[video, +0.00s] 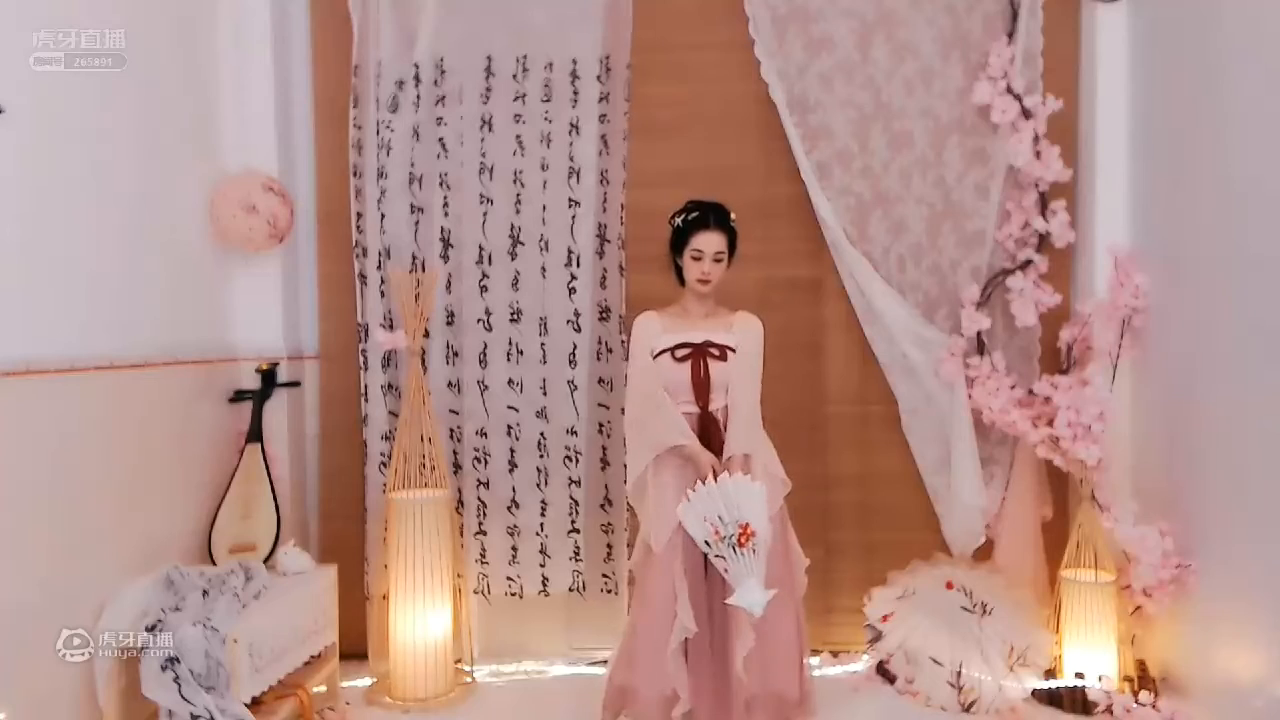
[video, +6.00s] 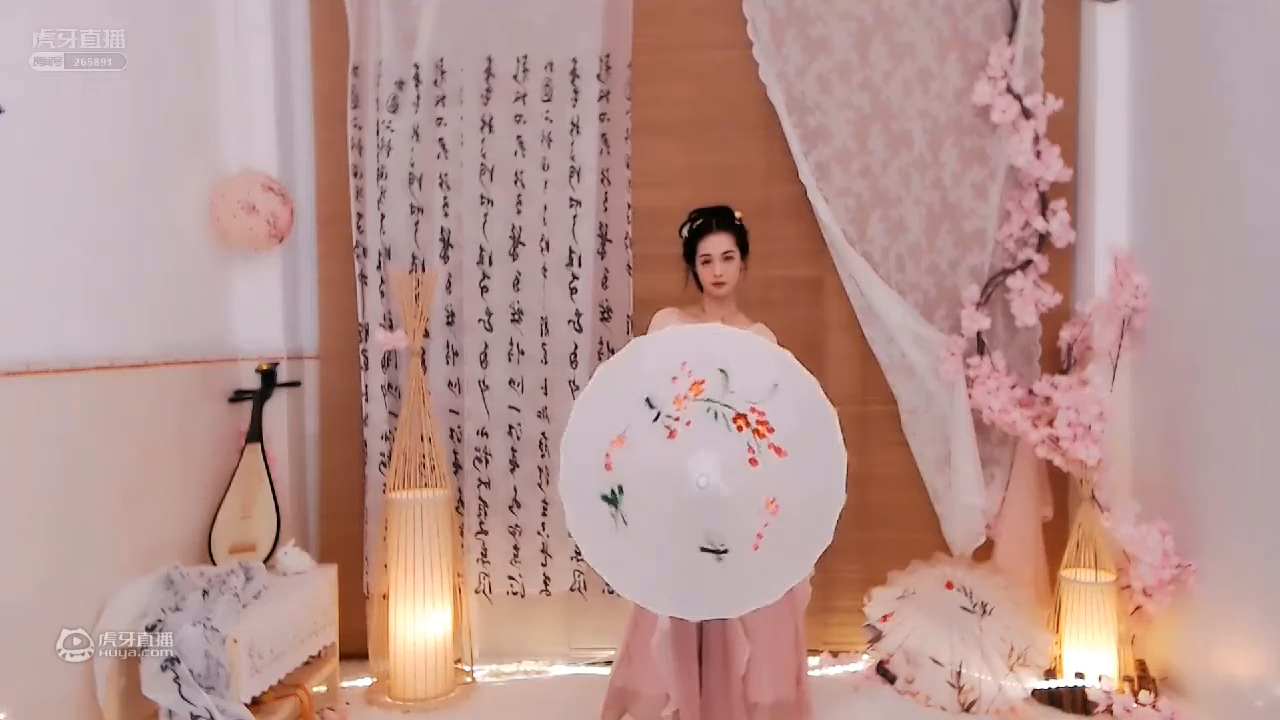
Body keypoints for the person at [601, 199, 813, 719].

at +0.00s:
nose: (707, 269)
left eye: (717, 259)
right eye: (697, 257)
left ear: (730, 263)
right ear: (678, 259)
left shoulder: (747, 327)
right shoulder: (650, 326)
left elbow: (748, 408)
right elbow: (648, 407)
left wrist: (743, 468)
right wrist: (695, 454)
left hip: (739, 464)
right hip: (674, 465)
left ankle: (745, 699)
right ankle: (674, 699)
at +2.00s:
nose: (707, 274)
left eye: (717, 263)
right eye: (697, 262)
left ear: (728, 268)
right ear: (676, 263)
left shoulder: (744, 331)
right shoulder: (647, 331)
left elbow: (746, 416)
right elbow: (642, 418)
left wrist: (750, 483)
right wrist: (683, 476)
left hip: (735, 475)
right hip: (670, 479)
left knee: (743, 598)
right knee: (678, 595)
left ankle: (745, 706)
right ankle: (680, 708)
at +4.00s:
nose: (711, 270)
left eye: (720, 259)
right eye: (699, 260)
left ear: (734, 263)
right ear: (683, 267)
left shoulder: (753, 336)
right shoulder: (657, 327)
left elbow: (764, 424)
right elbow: (635, 412)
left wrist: (764, 490)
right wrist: (643, 486)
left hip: (737, 488)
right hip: (672, 486)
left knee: (737, 608)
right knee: (672, 606)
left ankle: (736, 711)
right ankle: (674, 710)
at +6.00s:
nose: (717, 270)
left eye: (727, 257)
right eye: (706, 260)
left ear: (743, 262)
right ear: (692, 266)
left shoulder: (760, 335)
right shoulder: (669, 323)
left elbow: (779, 424)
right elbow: (649, 410)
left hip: (744, 489)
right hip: (680, 486)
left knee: (743, 607)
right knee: (678, 606)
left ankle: (741, 710)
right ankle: (678, 711)